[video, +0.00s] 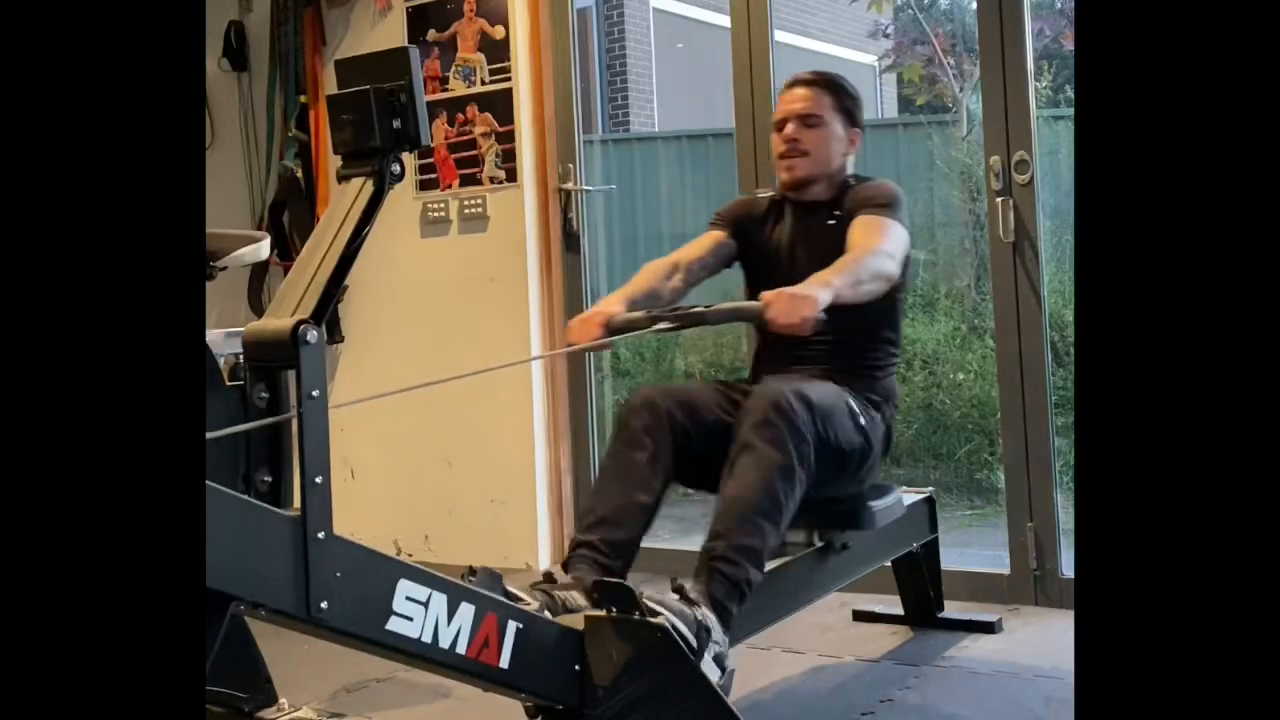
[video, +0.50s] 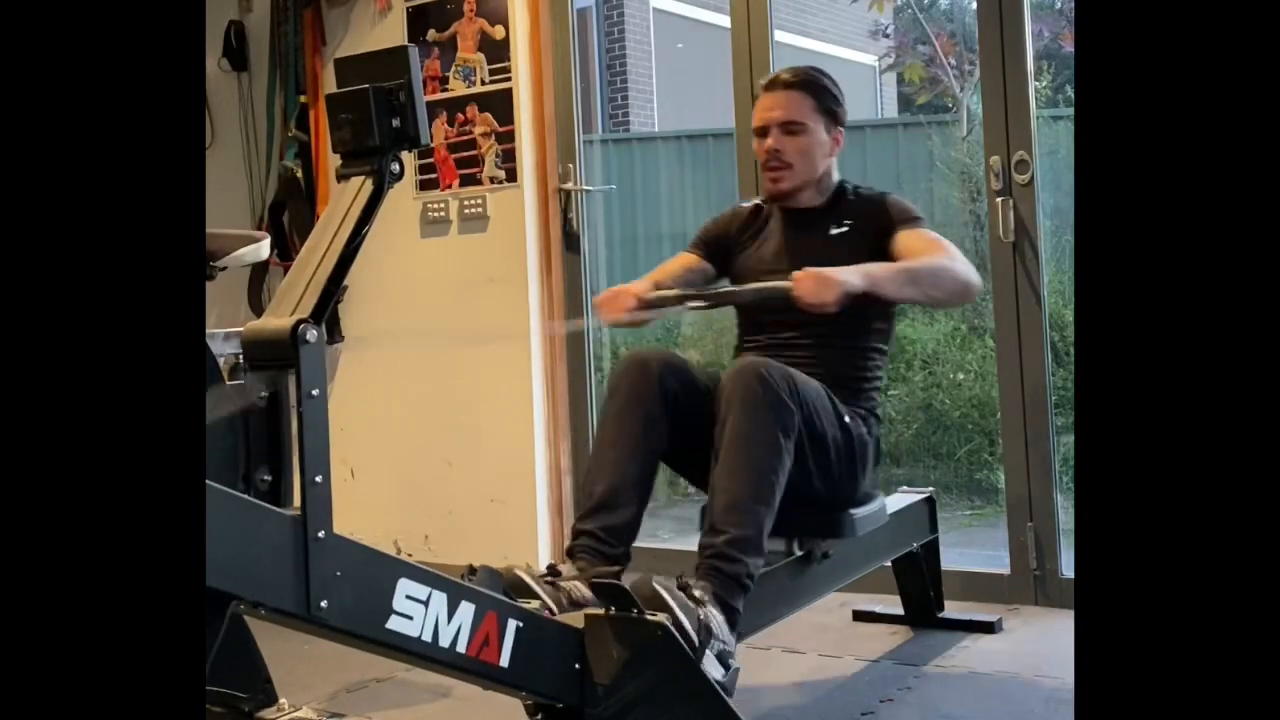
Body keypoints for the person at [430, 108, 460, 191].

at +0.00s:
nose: (446, 117)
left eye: (446, 115)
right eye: (445, 115)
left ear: (443, 116)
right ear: (440, 115)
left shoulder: (443, 124)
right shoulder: (437, 124)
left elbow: (453, 132)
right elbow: (439, 139)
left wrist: (457, 122)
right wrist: (442, 150)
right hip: (439, 149)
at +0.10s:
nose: (446, 117)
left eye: (446, 115)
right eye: (445, 115)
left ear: (443, 116)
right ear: (440, 115)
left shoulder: (443, 124)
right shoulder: (437, 124)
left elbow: (453, 132)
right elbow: (439, 139)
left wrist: (457, 122)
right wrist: (442, 151)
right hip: (439, 148)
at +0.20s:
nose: (446, 117)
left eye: (446, 115)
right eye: (445, 115)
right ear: (440, 115)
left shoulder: (442, 124)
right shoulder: (438, 124)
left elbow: (453, 132)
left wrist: (457, 122)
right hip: (440, 148)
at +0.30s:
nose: (446, 117)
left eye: (446, 115)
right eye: (445, 115)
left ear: (442, 116)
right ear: (441, 115)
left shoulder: (443, 125)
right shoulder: (437, 124)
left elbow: (453, 132)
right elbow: (439, 139)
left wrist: (457, 122)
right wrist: (442, 151)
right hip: (440, 149)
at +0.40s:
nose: (446, 117)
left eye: (446, 115)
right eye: (445, 115)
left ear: (442, 116)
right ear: (440, 115)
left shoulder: (443, 125)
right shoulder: (437, 124)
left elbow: (453, 132)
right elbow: (439, 139)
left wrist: (457, 122)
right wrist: (442, 151)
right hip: (439, 148)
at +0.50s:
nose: (446, 118)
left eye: (446, 116)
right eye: (444, 115)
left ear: (443, 116)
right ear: (440, 116)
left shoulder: (443, 124)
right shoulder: (437, 124)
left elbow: (453, 132)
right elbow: (439, 139)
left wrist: (457, 122)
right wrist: (442, 150)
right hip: (440, 148)